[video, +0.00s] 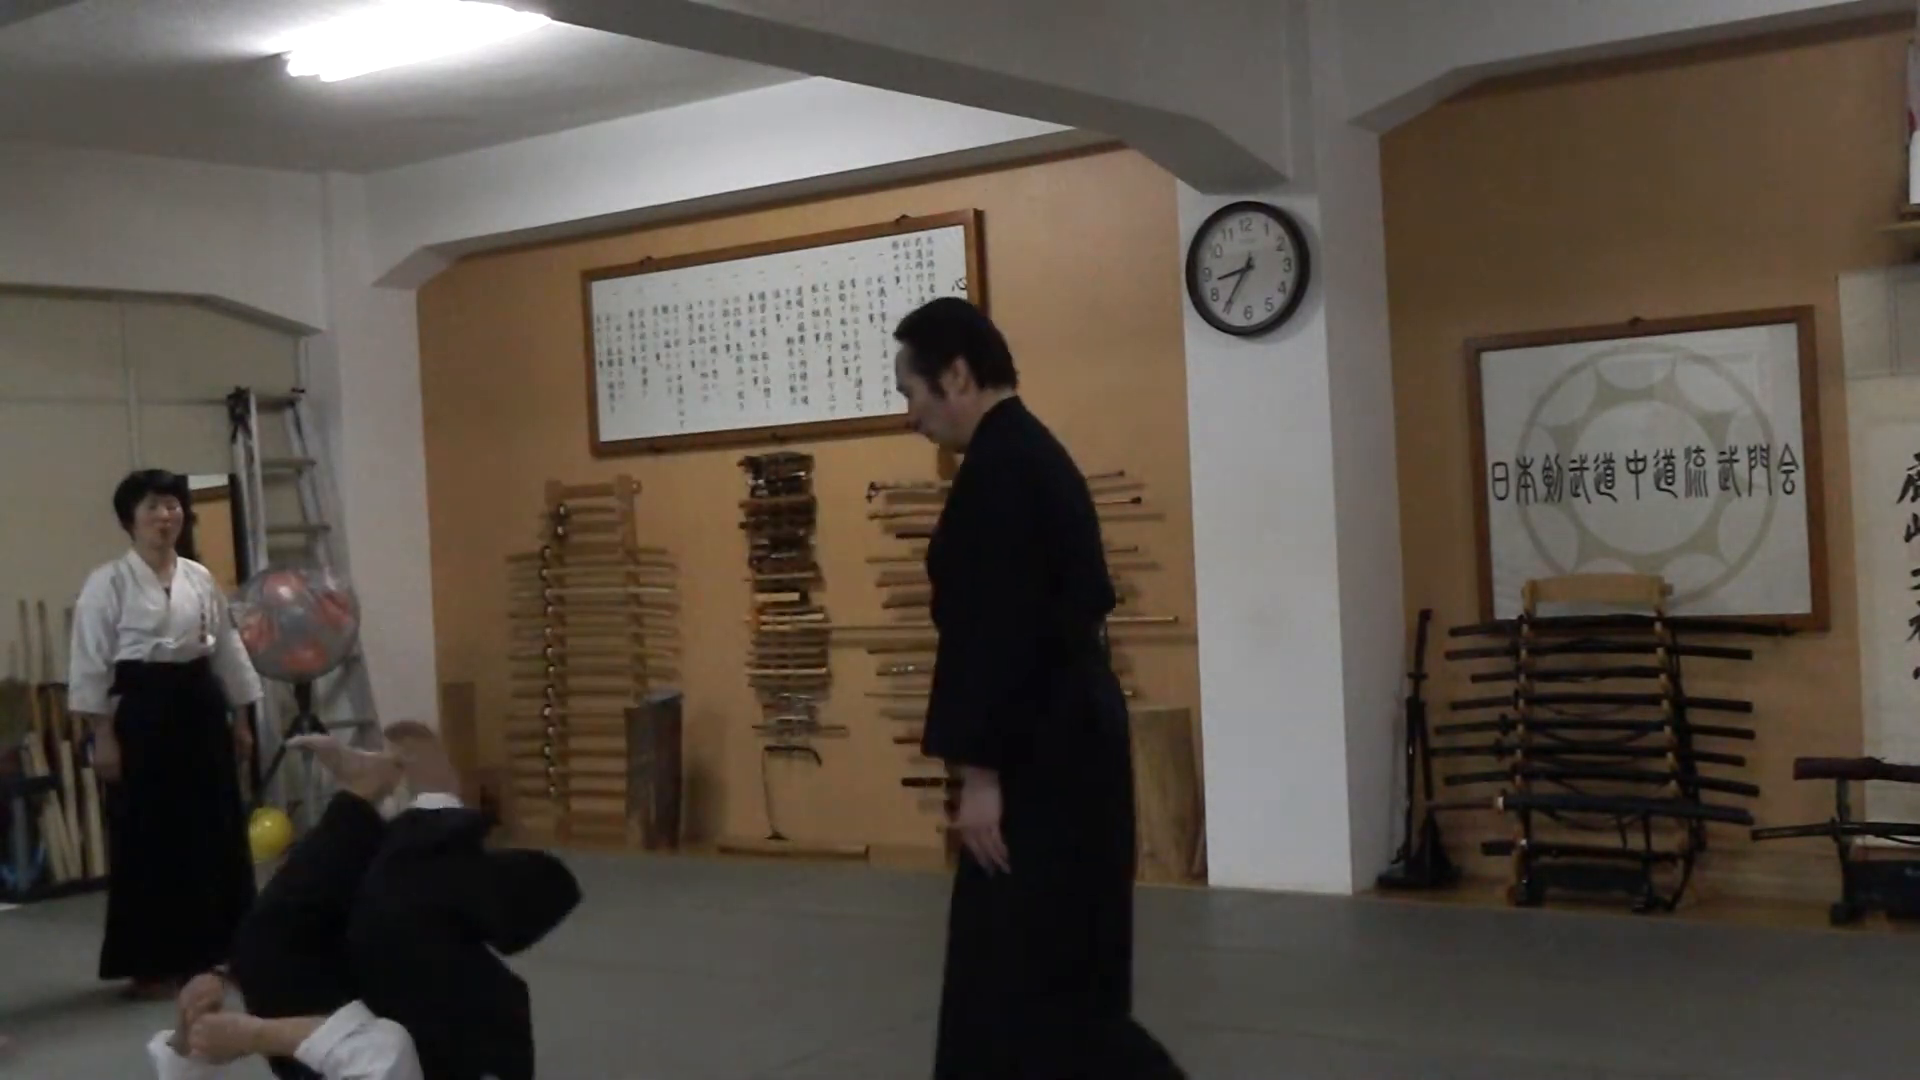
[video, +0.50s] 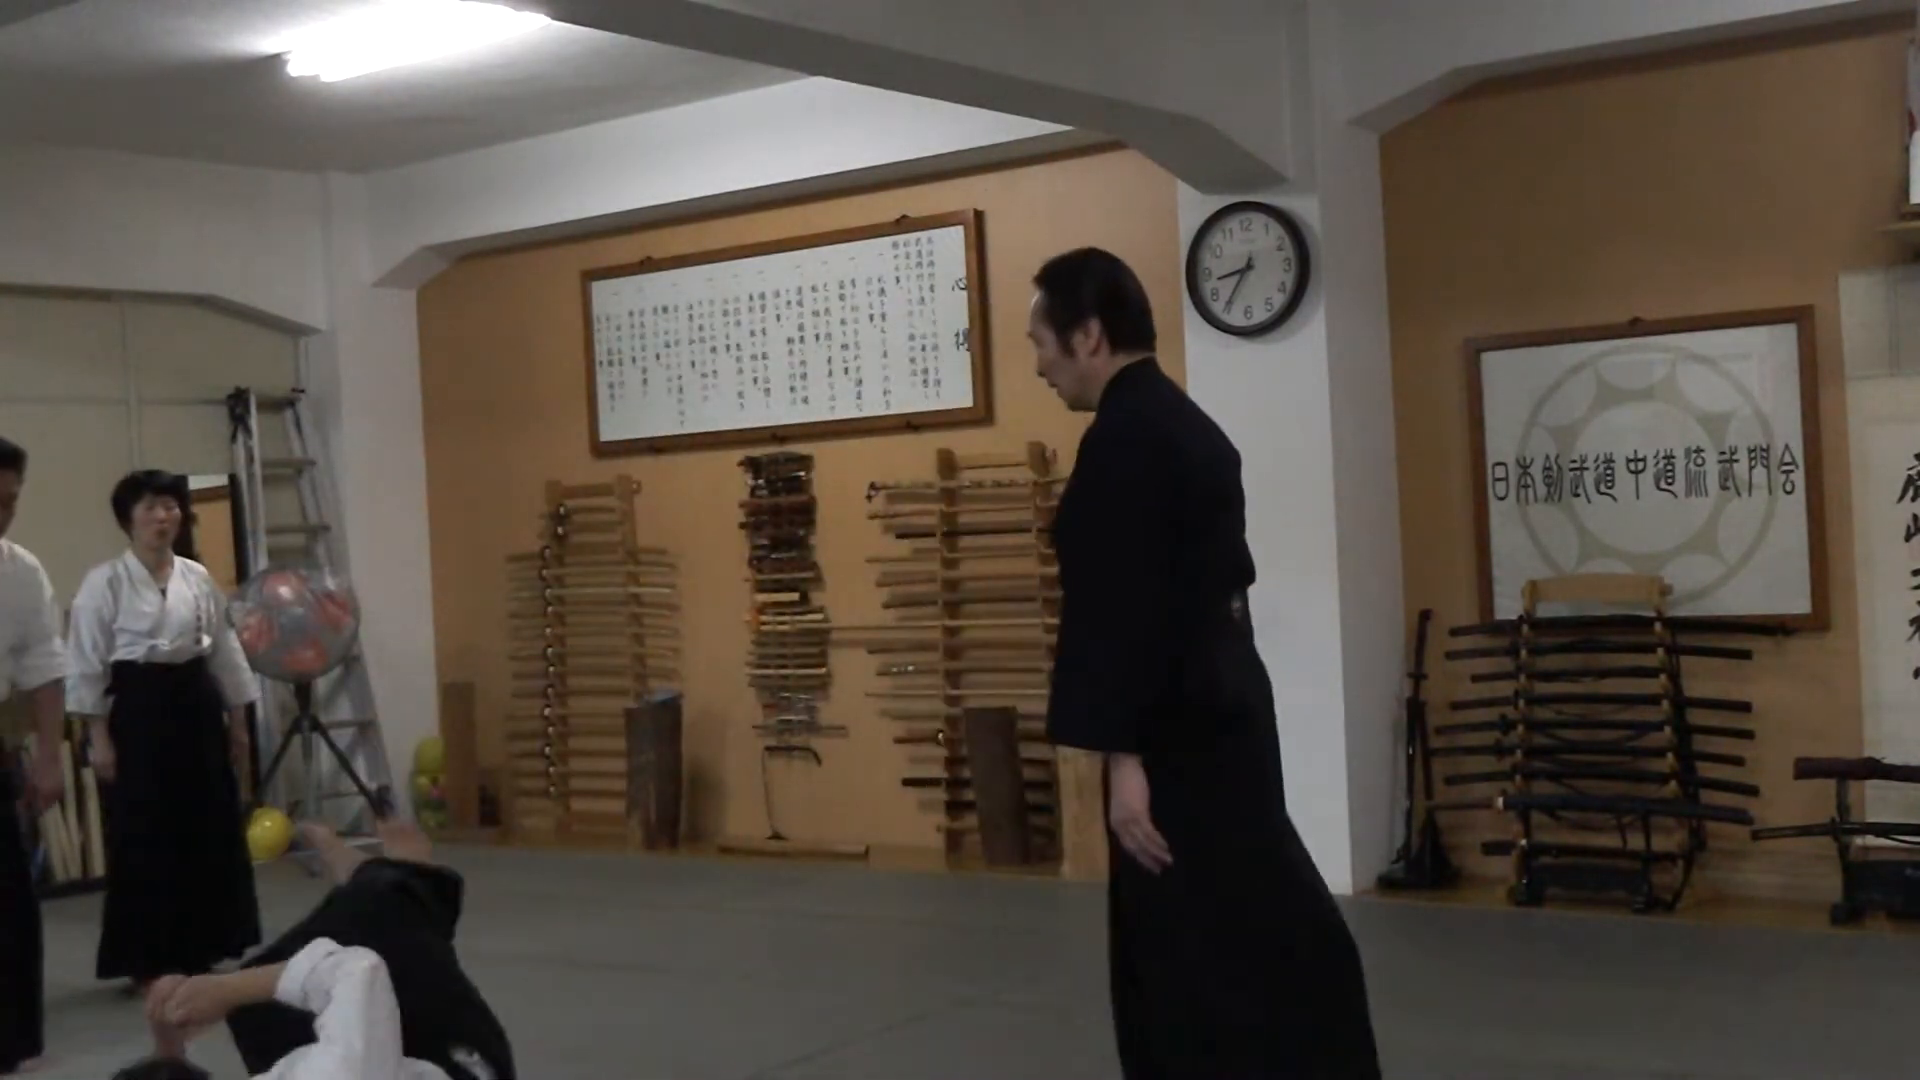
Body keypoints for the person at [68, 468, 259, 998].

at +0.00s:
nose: (166, 514)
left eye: (173, 505)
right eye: (153, 506)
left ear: (183, 515)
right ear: (130, 519)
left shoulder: (199, 578)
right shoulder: (107, 584)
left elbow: (227, 648)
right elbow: (90, 662)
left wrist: (243, 716)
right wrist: (102, 733)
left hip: (201, 706)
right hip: (142, 710)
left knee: (211, 827)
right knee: (148, 833)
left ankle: (212, 957)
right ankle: (150, 964)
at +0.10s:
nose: (165, 515)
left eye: (173, 506)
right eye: (152, 507)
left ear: (183, 515)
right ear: (130, 519)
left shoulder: (200, 578)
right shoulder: (107, 583)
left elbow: (227, 651)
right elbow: (89, 662)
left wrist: (244, 720)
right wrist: (101, 733)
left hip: (201, 706)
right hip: (142, 710)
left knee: (210, 827)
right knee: (147, 832)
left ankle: (214, 959)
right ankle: (150, 964)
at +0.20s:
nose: (166, 515)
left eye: (173, 506)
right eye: (153, 507)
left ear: (183, 516)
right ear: (130, 520)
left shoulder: (199, 578)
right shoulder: (107, 583)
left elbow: (228, 651)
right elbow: (89, 662)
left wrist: (245, 723)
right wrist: (101, 734)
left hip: (200, 705)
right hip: (140, 708)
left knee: (212, 825)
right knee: (146, 832)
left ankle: (215, 957)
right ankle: (149, 963)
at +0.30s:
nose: (165, 515)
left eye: (172, 506)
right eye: (152, 507)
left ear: (183, 515)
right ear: (130, 519)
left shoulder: (199, 578)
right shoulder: (106, 583)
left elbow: (227, 652)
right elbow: (88, 663)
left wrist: (243, 721)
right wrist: (100, 734)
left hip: (199, 706)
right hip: (140, 710)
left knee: (212, 825)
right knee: (146, 832)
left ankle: (216, 956)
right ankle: (150, 963)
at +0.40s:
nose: (165, 515)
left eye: (172, 506)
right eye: (152, 507)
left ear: (182, 516)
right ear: (129, 519)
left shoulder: (199, 578)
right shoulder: (106, 583)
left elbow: (226, 651)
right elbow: (88, 662)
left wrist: (241, 718)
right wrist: (99, 734)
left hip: (198, 706)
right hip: (140, 710)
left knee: (211, 825)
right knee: (146, 832)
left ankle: (216, 955)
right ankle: (151, 962)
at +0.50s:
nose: (163, 516)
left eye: (171, 506)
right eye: (150, 507)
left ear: (181, 516)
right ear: (128, 519)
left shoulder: (197, 577)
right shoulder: (104, 583)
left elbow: (225, 651)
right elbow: (87, 662)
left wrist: (240, 722)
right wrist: (98, 734)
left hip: (195, 706)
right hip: (138, 710)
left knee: (205, 825)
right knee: (145, 831)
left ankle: (201, 955)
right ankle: (147, 961)